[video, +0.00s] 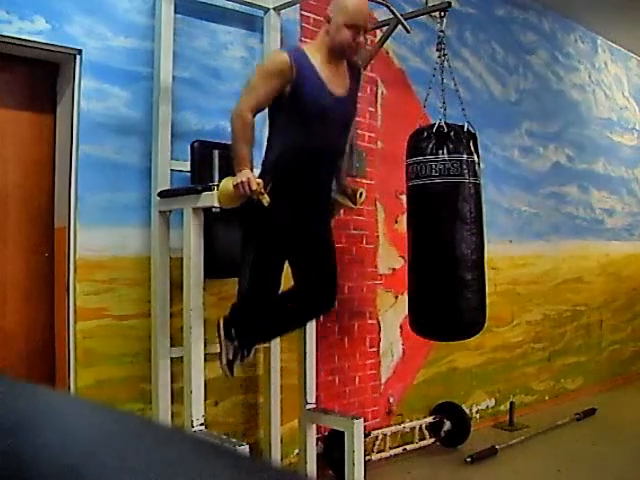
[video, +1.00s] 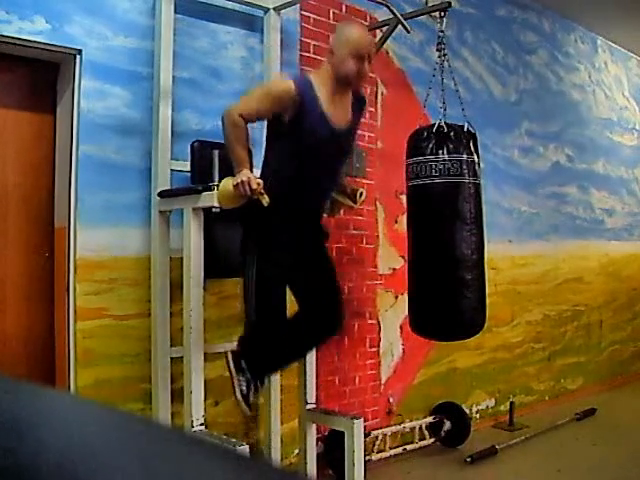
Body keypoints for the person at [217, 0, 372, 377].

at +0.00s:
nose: (360, 39)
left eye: (365, 32)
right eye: (353, 29)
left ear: (368, 34)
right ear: (328, 22)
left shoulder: (351, 72)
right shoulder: (286, 64)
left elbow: (338, 134)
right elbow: (243, 111)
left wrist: (342, 181)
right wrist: (244, 169)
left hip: (315, 201)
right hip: (275, 197)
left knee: (319, 294)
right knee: (259, 286)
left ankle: (243, 330)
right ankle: (241, 336)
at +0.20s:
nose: (358, 35)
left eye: (363, 28)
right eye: (351, 25)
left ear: (366, 31)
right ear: (326, 19)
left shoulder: (350, 69)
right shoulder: (282, 61)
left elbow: (339, 129)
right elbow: (244, 113)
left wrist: (342, 180)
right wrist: (243, 169)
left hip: (314, 196)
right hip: (274, 192)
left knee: (320, 289)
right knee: (259, 281)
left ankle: (243, 324)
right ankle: (242, 331)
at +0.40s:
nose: (365, 85)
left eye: (369, 76)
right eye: (359, 74)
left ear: (371, 74)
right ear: (334, 66)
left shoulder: (352, 111)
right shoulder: (289, 95)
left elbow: (336, 148)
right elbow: (233, 117)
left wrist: (341, 180)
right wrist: (243, 169)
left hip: (304, 230)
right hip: (264, 222)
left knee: (321, 318)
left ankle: (251, 373)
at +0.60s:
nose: (373, 137)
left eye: (378, 127)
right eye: (366, 125)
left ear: (380, 124)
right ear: (340, 116)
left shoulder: (354, 153)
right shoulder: (297, 133)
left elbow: (322, 177)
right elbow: (240, 117)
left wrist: (339, 194)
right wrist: (243, 171)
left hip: (298, 259)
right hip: (259, 256)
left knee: (322, 345)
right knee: (264, 348)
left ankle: (259, 411)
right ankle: (265, 424)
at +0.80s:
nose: (373, 142)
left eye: (377, 133)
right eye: (366, 131)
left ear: (380, 131)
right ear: (340, 122)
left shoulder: (353, 158)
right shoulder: (298, 137)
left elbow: (317, 182)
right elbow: (242, 117)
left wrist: (340, 194)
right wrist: (243, 170)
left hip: (298, 263)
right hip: (260, 261)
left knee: (325, 349)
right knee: (269, 356)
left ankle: (259, 412)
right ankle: (264, 427)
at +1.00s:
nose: (364, 70)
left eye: (369, 61)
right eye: (357, 59)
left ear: (370, 62)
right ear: (333, 54)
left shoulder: (355, 101)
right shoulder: (291, 91)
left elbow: (319, 152)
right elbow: (234, 115)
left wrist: (339, 184)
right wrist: (243, 170)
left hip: (306, 224)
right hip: (267, 221)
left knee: (326, 316)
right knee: (265, 323)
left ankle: (251, 361)